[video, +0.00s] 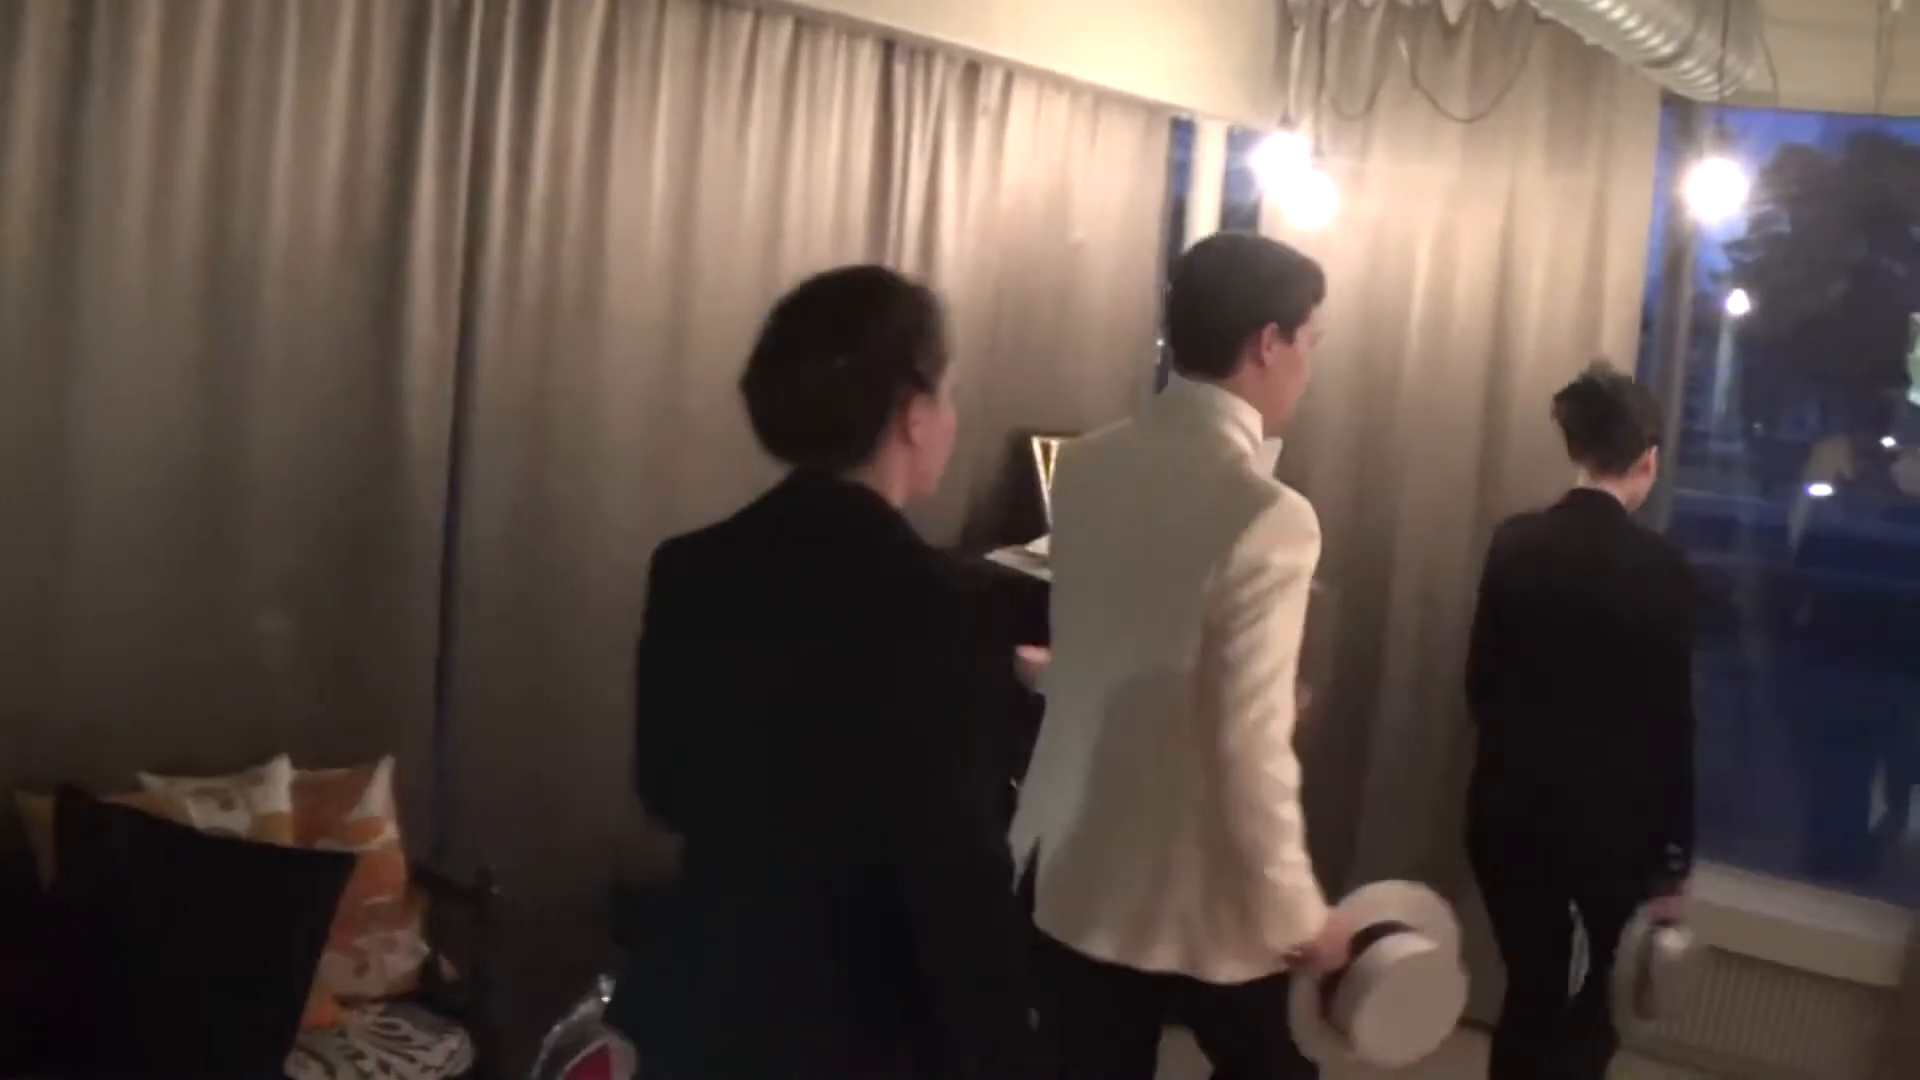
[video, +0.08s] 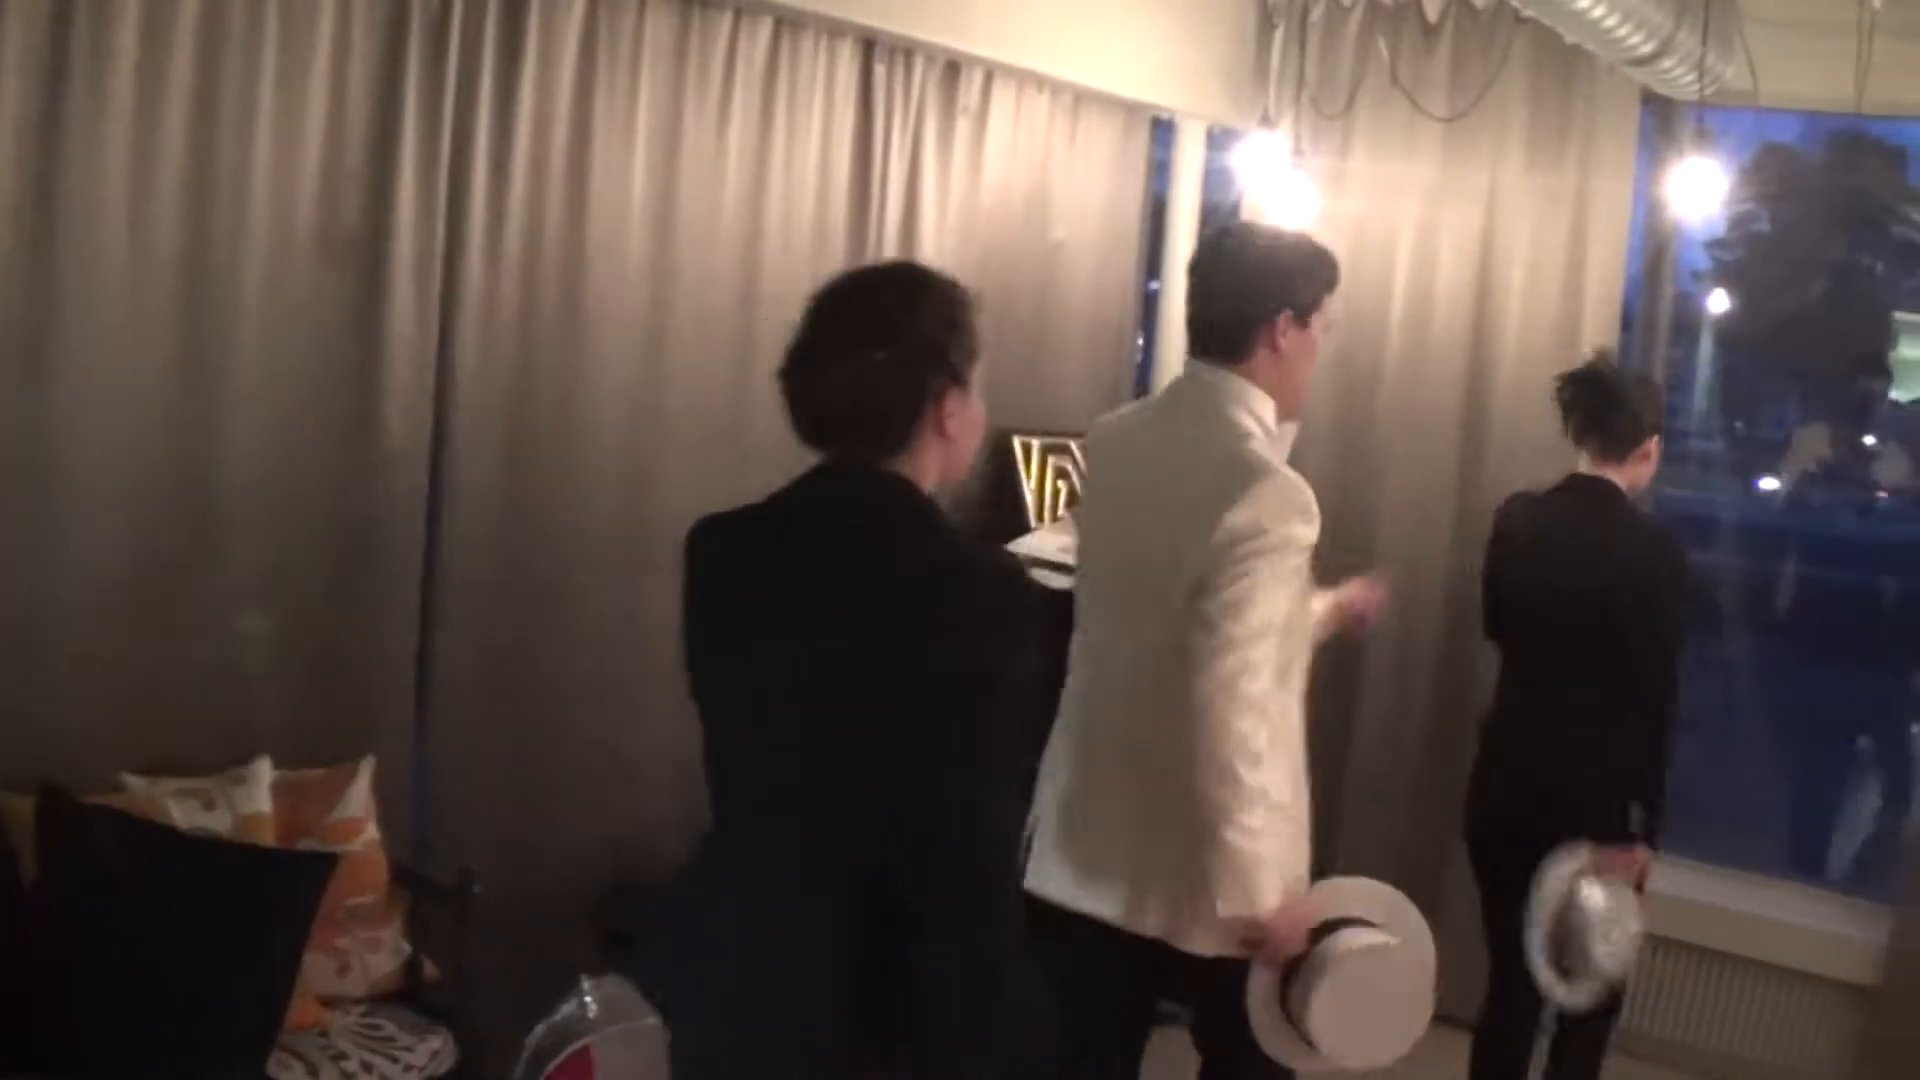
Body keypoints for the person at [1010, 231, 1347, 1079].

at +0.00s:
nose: (1308, 367)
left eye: (1312, 342)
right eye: (1308, 341)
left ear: (1184, 328)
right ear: (1267, 344)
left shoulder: (1082, 470)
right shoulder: (1266, 517)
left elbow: (1076, 659)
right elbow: (1252, 740)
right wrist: (1302, 918)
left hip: (1071, 879)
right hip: (1205, 902)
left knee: (1090, 1067)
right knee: (1267, 1066)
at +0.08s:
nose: (1321, 351)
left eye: (1322, 328)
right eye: (1318, 327)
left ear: (1207, 315)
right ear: (1281, 331)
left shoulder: (1116, 439)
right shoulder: (1264, 492)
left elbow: (1171, 613)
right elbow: (1237, 709)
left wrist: (1325, 612)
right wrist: (1271, 893)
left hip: (1078, 866)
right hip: (1202, 892)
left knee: (1081, 1062)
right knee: (1251, 1062)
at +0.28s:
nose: (1368, 367)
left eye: (1368, 345)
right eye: (1364, 346)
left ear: (1254, 340)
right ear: (1324, 354)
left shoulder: (1168, 458)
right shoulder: (1312, 503)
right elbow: (1259, 690)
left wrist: (1384, 600)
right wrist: (1283, 878)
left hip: (1155, 831)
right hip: (1264, 856)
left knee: (1138, 1046)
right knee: (1268, 1062)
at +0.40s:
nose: (1396, 393)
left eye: (1396, 369)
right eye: (1389, 369)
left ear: (1301, 366)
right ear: (1342, 376)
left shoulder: (1187, 485)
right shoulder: (1340, 522)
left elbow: (1185, 664)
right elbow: (1337, 720)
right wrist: (1381, 882)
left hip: (1189, 866)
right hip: (1300, 887)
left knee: (1190, 1061)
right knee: (1302, 1061)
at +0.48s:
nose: (1414, 390)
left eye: (1412, 368)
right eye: (1403, 367)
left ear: (1322, 369)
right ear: (1343, 373)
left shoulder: (1203, 477)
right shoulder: (1354, 513)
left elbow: (1186, 642)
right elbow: (1375, 689)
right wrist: (1455, 812)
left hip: (1209, 805)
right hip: (1310, 834)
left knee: (1238, 1031)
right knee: (1280, 1043)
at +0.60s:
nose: (1432, 372)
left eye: (1431, 349)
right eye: (1418, 347)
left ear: (1337, 349)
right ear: (1350, 348)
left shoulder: (1241, 425)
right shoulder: (1376, 462)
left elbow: (1164, 557)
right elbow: (1440, 626)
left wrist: (1177, 674)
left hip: (1226, 782)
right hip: (1316, 805)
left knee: (1257, 1012)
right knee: (1286, 1034)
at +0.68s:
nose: (1433, 366)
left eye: (1433, 344)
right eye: (1418, 341)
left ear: (1340, 341)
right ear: (1349, 340)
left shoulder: (1258, 406)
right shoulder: (1374, 448)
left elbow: (1167, 534)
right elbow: (1451, 593)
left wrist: (1166, 649)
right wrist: (1544, 624)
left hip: (1224, 765)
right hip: (1299, 792)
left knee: (1255, 1003)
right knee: (1280, 1016)